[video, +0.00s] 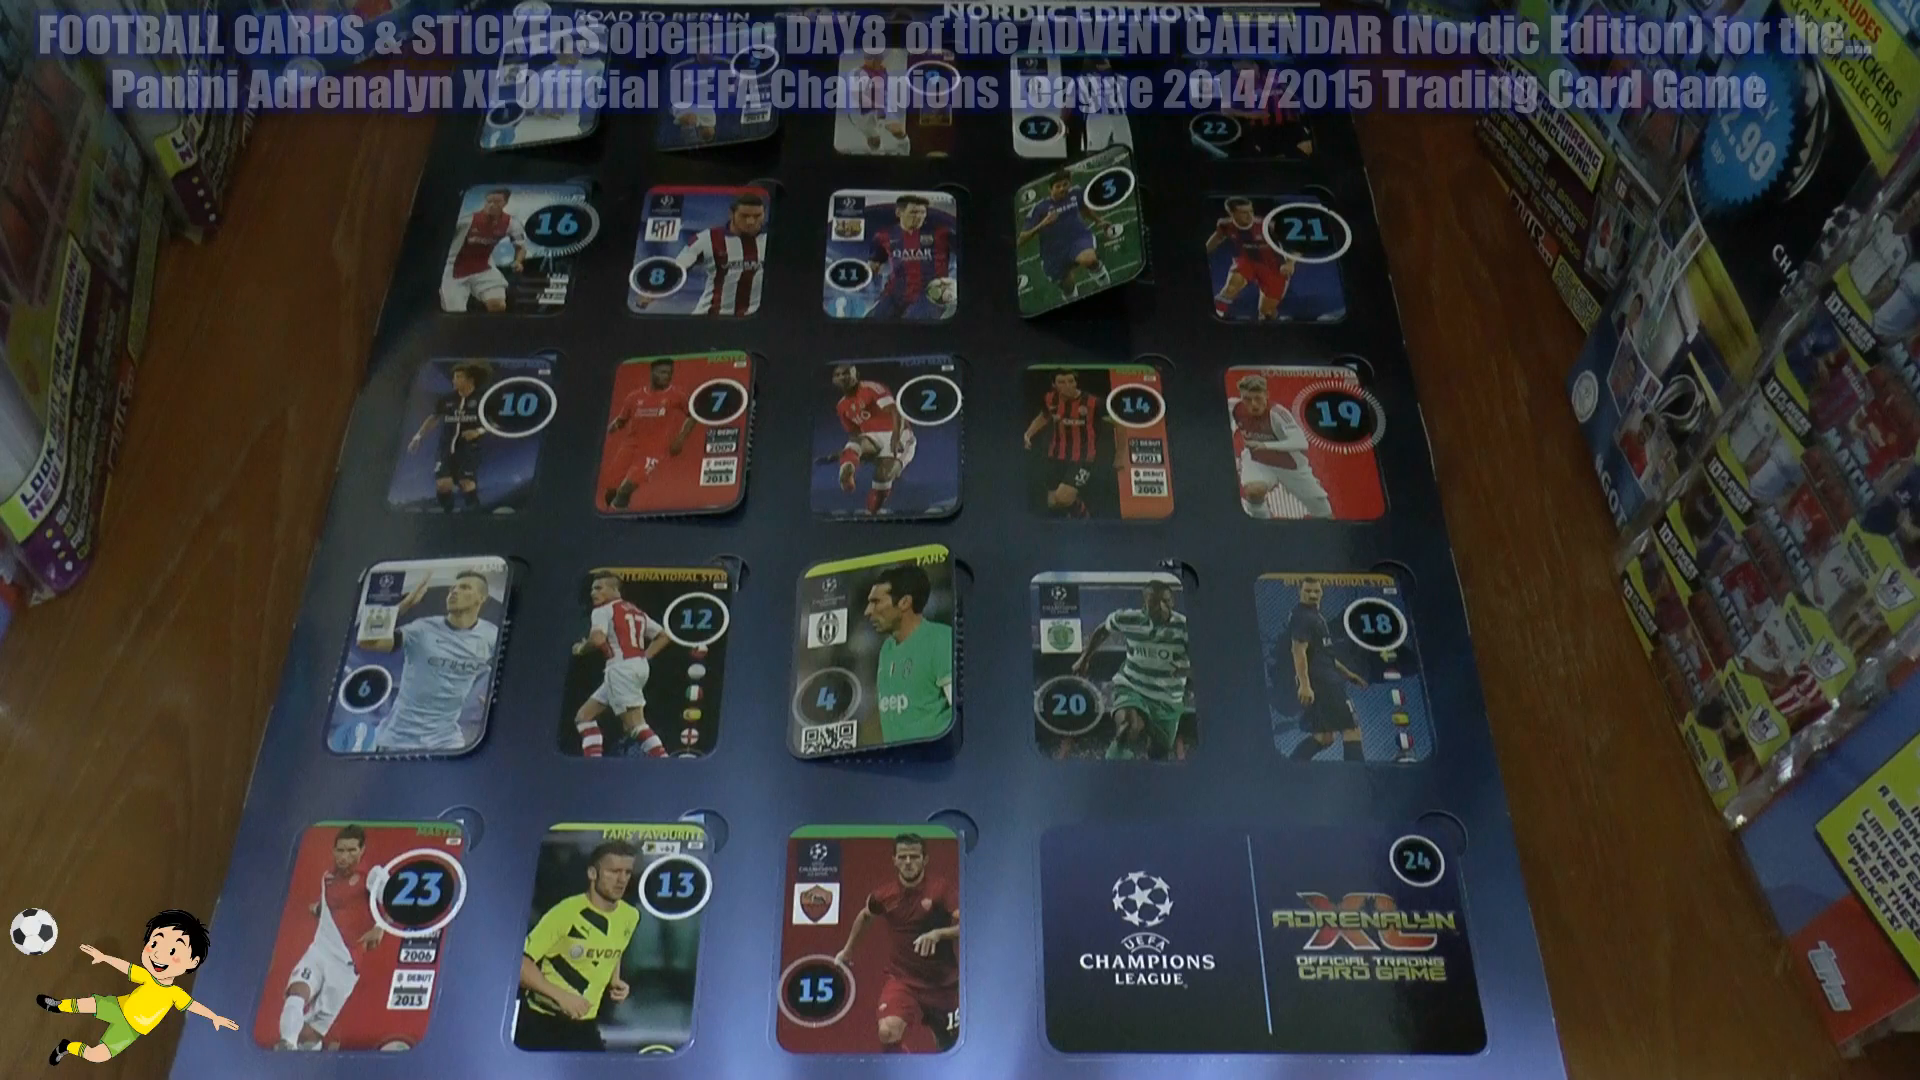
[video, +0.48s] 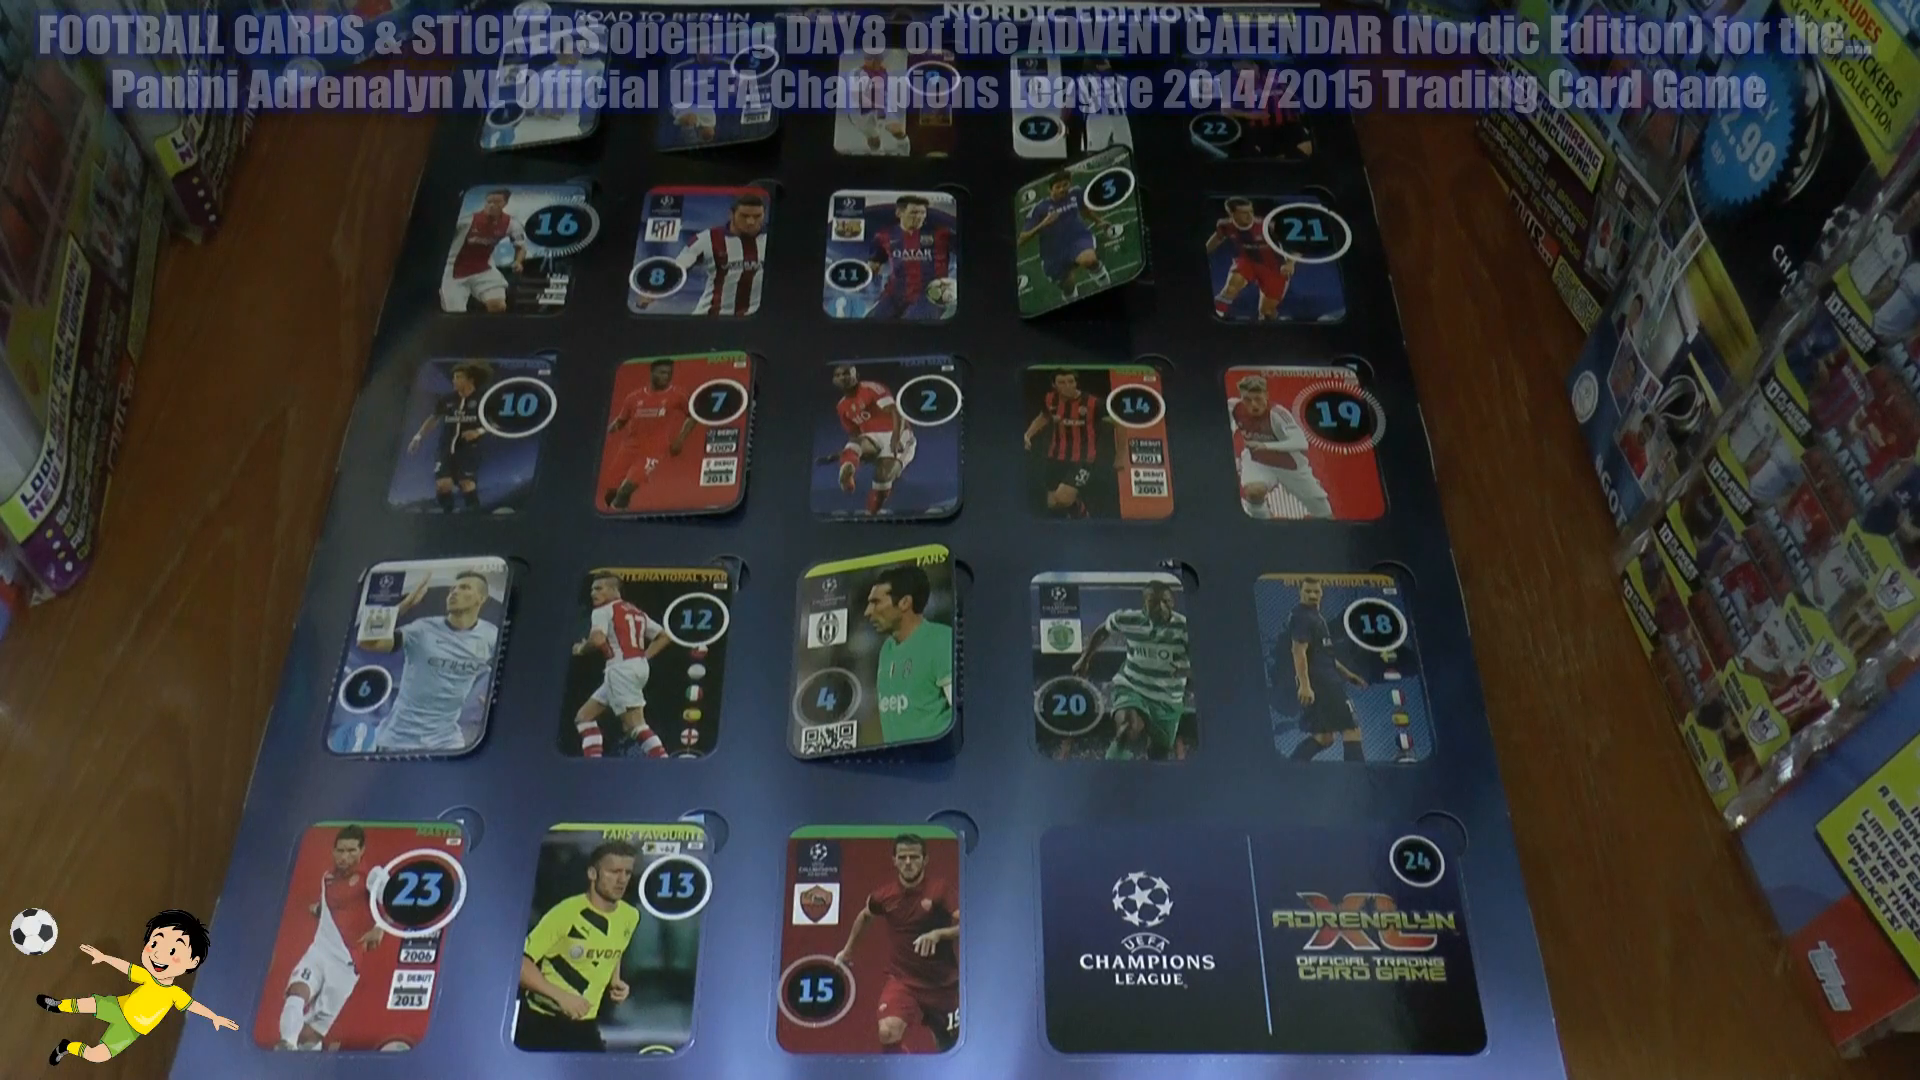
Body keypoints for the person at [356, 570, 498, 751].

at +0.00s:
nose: (454, 592)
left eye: (464, 588)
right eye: (453, 587)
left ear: (481, 598)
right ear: (448, 594)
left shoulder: (492, 638)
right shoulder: (421, 629)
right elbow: (367, 641)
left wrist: (494, 700)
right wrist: (401, 607)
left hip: (446, 738)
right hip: (398, 736)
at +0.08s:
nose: (454, 592)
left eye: (464, 588)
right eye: (452, 588)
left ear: (482, 599)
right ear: (448, 595)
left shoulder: (491, 638)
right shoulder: (421, 629)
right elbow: (367, 642)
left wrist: (494, 699)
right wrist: (400, 609)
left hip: (446, 739)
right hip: (398, 736)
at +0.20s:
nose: (454, 592)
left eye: (464, 588)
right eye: (452, 588)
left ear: (482, 599)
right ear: (448, 596)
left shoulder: (492, 638)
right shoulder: (421, 629)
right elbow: (368, 642)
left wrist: (494, 699)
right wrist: (400, 609)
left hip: (446, 739)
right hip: (398, 736)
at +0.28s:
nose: (454, 592)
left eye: (464, 588)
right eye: (453, 588)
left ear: (482, 599)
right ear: (448, 595)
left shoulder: (491, 638)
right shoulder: (421, 630)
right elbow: (368, 642)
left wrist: (494, 699)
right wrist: (401, 608)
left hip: (446, 739)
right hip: (398, 736)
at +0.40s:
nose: (454, 592)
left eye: (464, 588)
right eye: (453, 588)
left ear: (482, 599)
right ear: (448, 595)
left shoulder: (491, 638)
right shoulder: (422, 629)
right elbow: (368, 642)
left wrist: (494, 699)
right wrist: (402, 607)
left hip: (446, 739)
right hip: (398, 736)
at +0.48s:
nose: (454, 592)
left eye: (464, 588)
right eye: (452, 588)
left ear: (481, 598)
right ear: (448, 596)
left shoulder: (491, 637)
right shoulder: (422, 629)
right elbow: (367, 642)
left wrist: (493, 699)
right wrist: (402, 607)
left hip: (446, 739)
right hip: (398, 736)